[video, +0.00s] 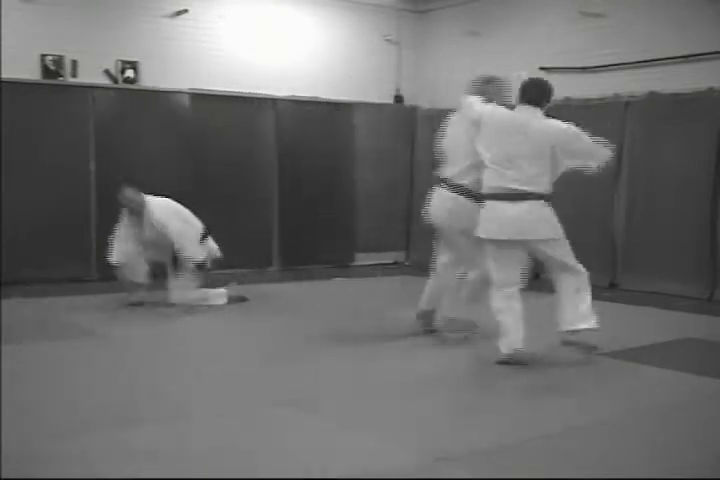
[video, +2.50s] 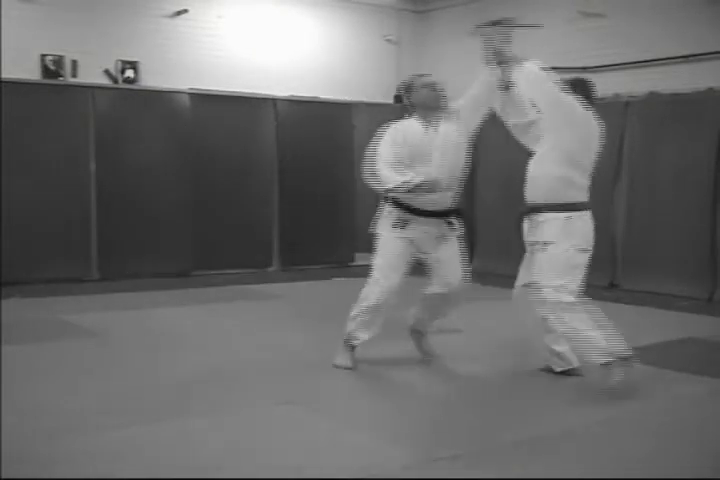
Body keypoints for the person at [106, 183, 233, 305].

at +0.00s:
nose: (129, 206)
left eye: (131, 200)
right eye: (125, 203)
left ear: (139, 195)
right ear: (123, 205)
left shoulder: (158, 209)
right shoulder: (129, 216)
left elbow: (182, 233)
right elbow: (120, 243)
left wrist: (192, 261)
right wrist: (118, 264)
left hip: (195, 251)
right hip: (169, 253)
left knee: (179, 296)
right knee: (128, 255)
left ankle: (225, 296)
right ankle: (139, 292)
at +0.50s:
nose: (122, 143)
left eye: (125, 139)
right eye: (117, 140)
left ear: (130, 142)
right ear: (110, 145)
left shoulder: (148, 159)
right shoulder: (106, 169)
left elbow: (180, 173)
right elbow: (98, 194)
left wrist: (168, 201)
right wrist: (97, 211)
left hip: (160, 213)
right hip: (131, 216)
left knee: (150, 259)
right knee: (125, 248)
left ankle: (153, 285)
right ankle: (139, 291)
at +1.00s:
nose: (130, 138)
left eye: (132, 134)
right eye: (125, 135)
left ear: (137, 135)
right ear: (115, 139)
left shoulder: (154, 152)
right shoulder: (107, 165)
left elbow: (178, 164)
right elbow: (94, 194)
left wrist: (167, 186)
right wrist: (93, 226)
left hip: (159, 207)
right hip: (129, 209)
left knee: (161, 248)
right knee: (115, 250)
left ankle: (161, 280)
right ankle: (110, 283)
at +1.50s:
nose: (211, 119)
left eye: (214, 114)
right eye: (206, 114)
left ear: (218, 117)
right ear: (194, 116)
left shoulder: (224, 144)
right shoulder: (178, 140)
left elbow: (232, 179)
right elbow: (148, 160)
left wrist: (238, 174)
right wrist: (154, 182)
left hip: (203, 206)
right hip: (174, 201)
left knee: (193, 248)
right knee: (190, 244)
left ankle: (167, 277)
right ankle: (199, 294)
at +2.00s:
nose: (302, 103)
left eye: (304, 99)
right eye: (296, 98)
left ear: (307, 104)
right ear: (282, 100)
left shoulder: (312, 133)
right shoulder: (265, 121)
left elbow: (336, 134)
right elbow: (220, 125)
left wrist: (325, 106)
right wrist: (223, 141)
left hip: (289, 207)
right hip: (257, 200)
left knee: (279, 259)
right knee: (277, 249)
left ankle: (251, 308)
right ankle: (262, 309)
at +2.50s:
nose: (439, 91)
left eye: (438, 87)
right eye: (430, 87)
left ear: (440, 96)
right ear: (410, 97)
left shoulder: (455, 126)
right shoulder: (395, 132)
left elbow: (480, 96)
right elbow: (378, 174)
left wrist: (497, 68)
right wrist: (415, 182)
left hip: (441, 225)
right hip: (400, 221)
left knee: (452, 283)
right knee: (384, 285)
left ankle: (419, 326)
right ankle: (350, 343)